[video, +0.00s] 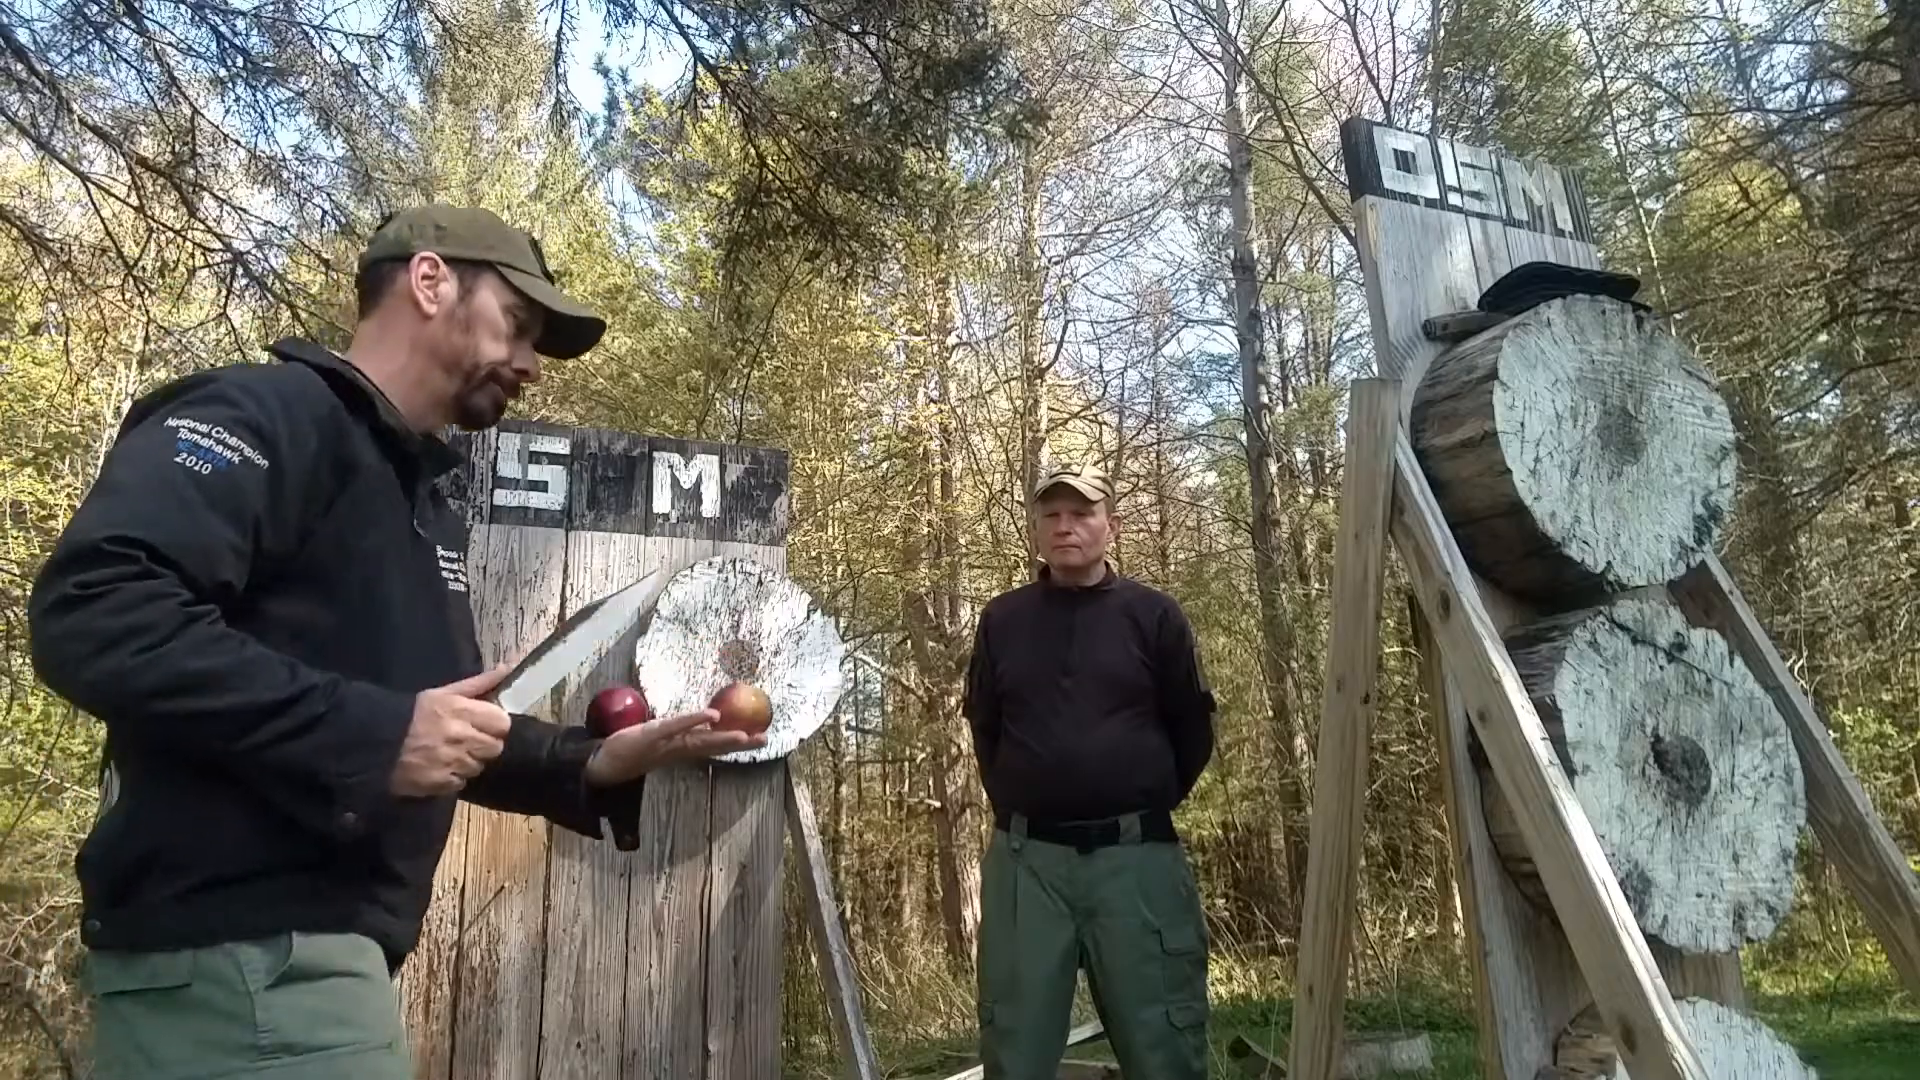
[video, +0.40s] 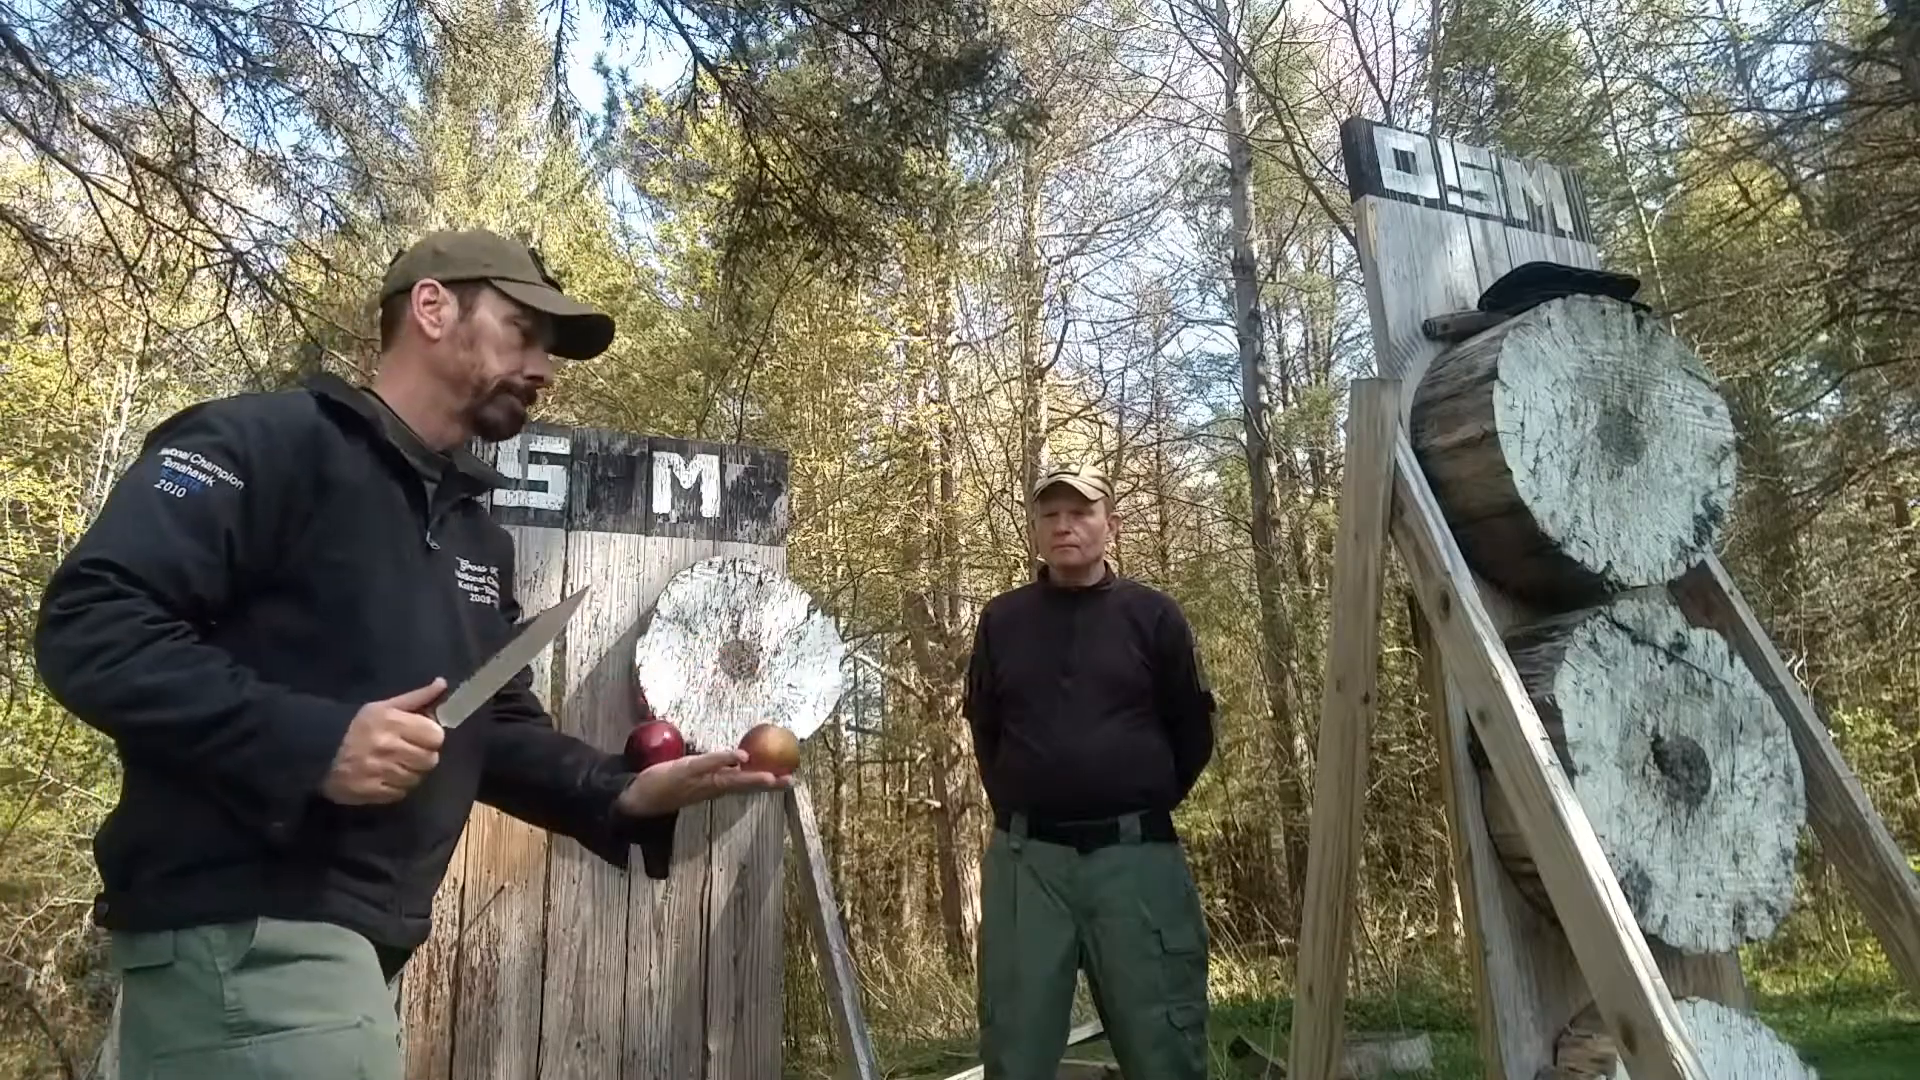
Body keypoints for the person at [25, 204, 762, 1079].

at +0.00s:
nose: (533, 364)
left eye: (541, 344)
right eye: (521, 324)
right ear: (431, 283)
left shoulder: (416, 496)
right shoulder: (264, 412)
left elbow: (428, 725)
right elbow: (92, 612)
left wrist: (600, 760)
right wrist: (371, 730)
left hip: (307, 955)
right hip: (243, 963)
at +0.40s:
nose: (546, 370)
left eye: (552, 349)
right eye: (527, 333)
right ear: (433, 311)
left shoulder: (473, 530)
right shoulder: (258, 441)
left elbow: (484, 723)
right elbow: (90, 628)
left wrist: (625, 793)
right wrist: (314, 740)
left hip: (345, 952)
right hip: (241, 942)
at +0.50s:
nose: (559, 353)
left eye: (564, 334)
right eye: (536, 319)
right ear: (437, 309)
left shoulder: (491, 533)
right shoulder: (277, 439)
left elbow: (499, 727)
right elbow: (113, 625)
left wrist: (641, 796)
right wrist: (337, 739)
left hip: (358, 953)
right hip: (255, 943)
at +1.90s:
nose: (584, 402)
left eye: (587, 379)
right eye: (558, 364)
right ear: (459, 354)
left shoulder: (494, 590)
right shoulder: (299, 478)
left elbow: (486, 801)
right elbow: (142, 685)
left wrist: (657, 877)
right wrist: (409, 805)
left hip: (365, 1011)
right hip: (249, 1008)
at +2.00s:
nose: (570, 453)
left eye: (573, 427)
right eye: (544, 416)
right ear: (444, 408)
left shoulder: (490, 643)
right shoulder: (286, 546)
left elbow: (487, 856)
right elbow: (126, 771)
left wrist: (648, 939)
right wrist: (393, 891)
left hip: (375, 1042)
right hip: (234, 1043)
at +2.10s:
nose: (559, 472)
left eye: (564, 449)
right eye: (531, 439)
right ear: (428, 433)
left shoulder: (485, 662)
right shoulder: (268, 583)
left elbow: (521, 868)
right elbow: (128, 812)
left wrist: (672, 944)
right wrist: (389, 933)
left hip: (396, 1052)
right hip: (224, 1053)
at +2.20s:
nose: (545, 424)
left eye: (546, 399)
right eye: (517, 391)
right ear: (415, 387)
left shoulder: (486, 595)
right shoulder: (265, 538)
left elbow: (560, 762)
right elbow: (163, 748)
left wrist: (756, 777)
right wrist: (460, 803)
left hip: (419, 1021)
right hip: (285, 1025)